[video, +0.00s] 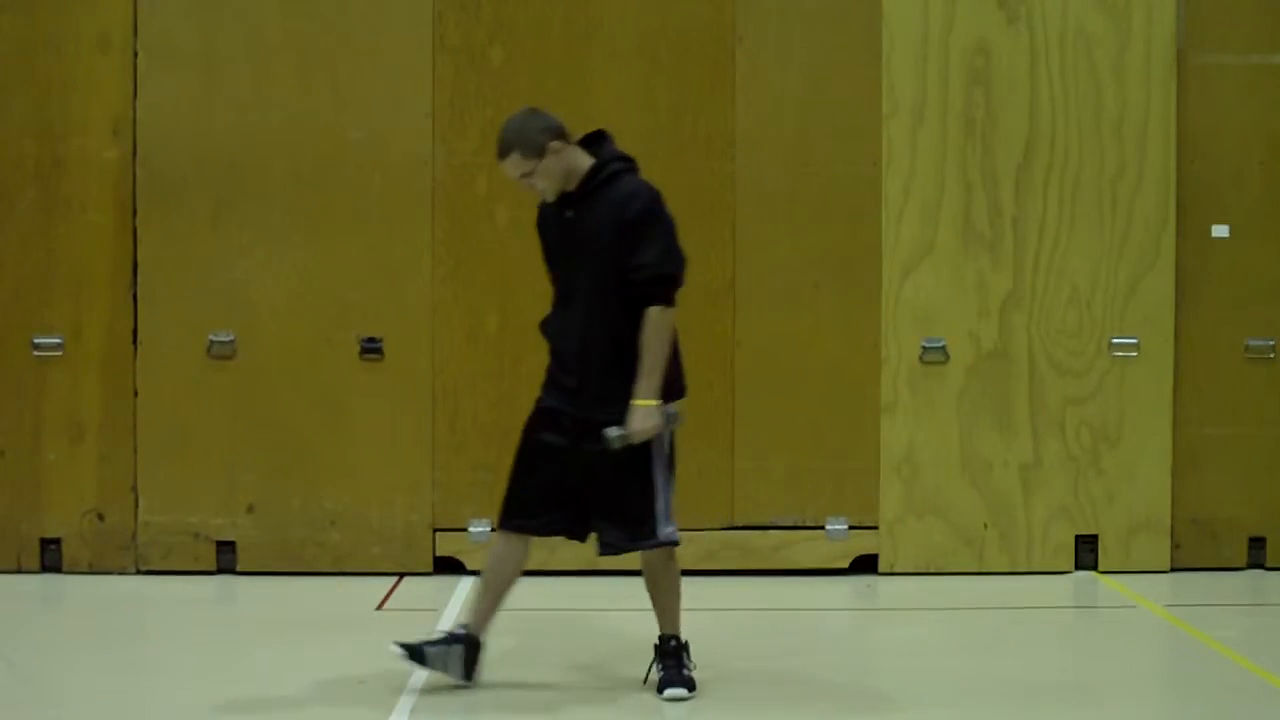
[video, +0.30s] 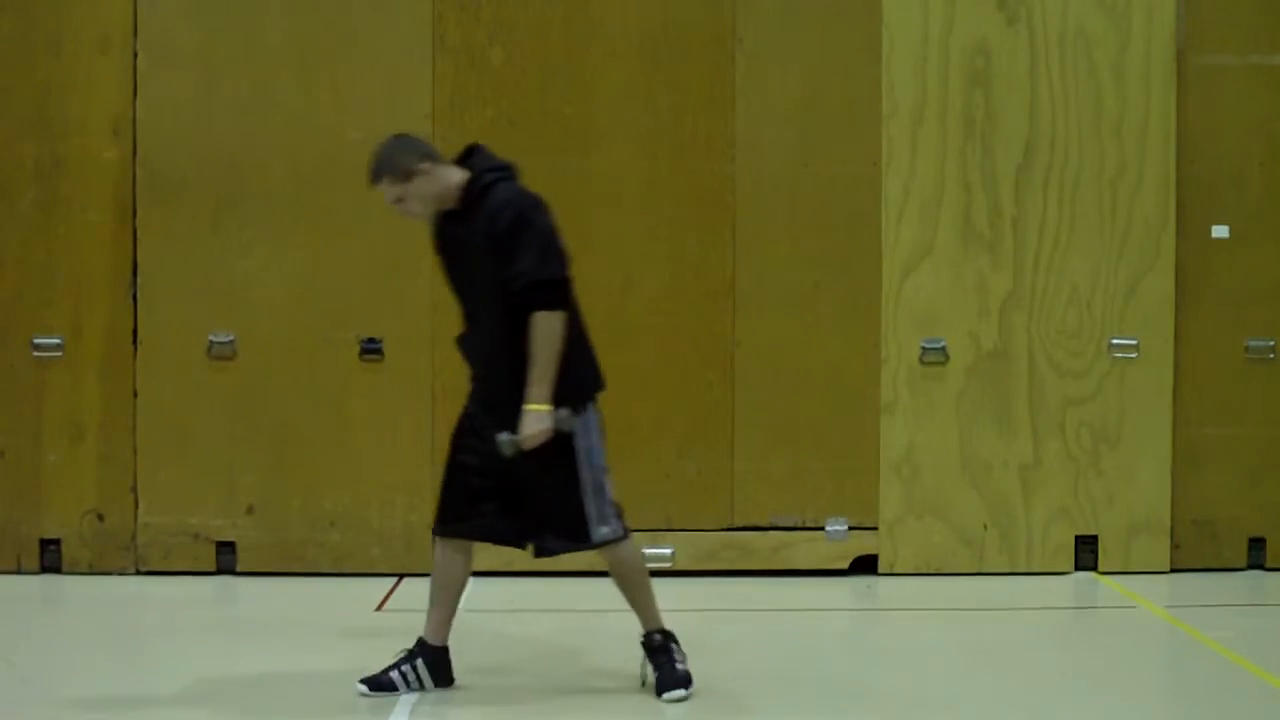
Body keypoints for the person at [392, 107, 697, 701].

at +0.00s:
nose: (529, 190)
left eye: (529, 175)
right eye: (520, 180)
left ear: (557, 148)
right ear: (536, 162)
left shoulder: (634, 200)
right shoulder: (553, 211)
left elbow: (661, 302)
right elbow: (572, 300)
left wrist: (646, 397)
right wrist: (567, 376)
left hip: (635, 393)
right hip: (568, 388)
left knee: (652, 531)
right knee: (519, 517)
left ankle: (672, 650)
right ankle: (466, 642)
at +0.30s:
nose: (402, 212)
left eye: (400, 199)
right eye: (394, 203)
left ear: (426, 174)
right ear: (415, 181)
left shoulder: (514, 207)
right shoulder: (449, 219)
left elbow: (550, 306)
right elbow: (482, 307)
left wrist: (538, 402)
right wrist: (488, 380)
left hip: (558, 393)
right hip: (494, 393)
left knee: (603, 527)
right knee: (455, 523)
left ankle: (659, 643)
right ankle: (432, 653)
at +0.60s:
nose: (316, 243)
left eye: (313, 231)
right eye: (307, 237)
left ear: (332, 201)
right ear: (329, 209)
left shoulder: (423, 221)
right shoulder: (365, 242)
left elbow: (465, 326)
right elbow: (402, 334)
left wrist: (463, 422)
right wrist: (388, 414)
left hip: (495, 382)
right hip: (444, 385)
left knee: (454, 524)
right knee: (418, 522)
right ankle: (428, 654)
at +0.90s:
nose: (258, 354)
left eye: (250, 342)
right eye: (247, 348)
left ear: (265, 310)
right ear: (267, 310)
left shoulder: (346, 316)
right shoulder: (319, 312)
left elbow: (392, 426)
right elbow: (363, 410)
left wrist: (401, 532)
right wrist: (359, 481)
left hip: (464, 404)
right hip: (426, 405)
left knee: (368, 523)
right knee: (360, 515)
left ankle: (363, 669)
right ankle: (413, 636)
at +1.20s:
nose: (242, 479)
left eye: (236, 468)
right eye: (231, 474)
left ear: (249, 437)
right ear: (246, 433)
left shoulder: (321, 430)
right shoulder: (293, 418)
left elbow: (383, 543)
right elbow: (336, 504)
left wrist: (406, 649)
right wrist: (317, 584)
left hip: (459, 469)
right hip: (431, 464)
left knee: (327, 543)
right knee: (319, 530)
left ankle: (362, 671)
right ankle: (364, 659)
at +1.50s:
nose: (270, 492)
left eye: (270, 481)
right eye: (263, 485)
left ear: (295, 457)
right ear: (291, 455)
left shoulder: (366, 476)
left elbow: (420, 590)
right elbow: (276, 523)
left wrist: (449, 685)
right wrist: (229, 583)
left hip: (456, 557)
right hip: (410, 537)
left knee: (317, 549)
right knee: (297, 534)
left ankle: (360, 670)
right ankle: (361, 658)